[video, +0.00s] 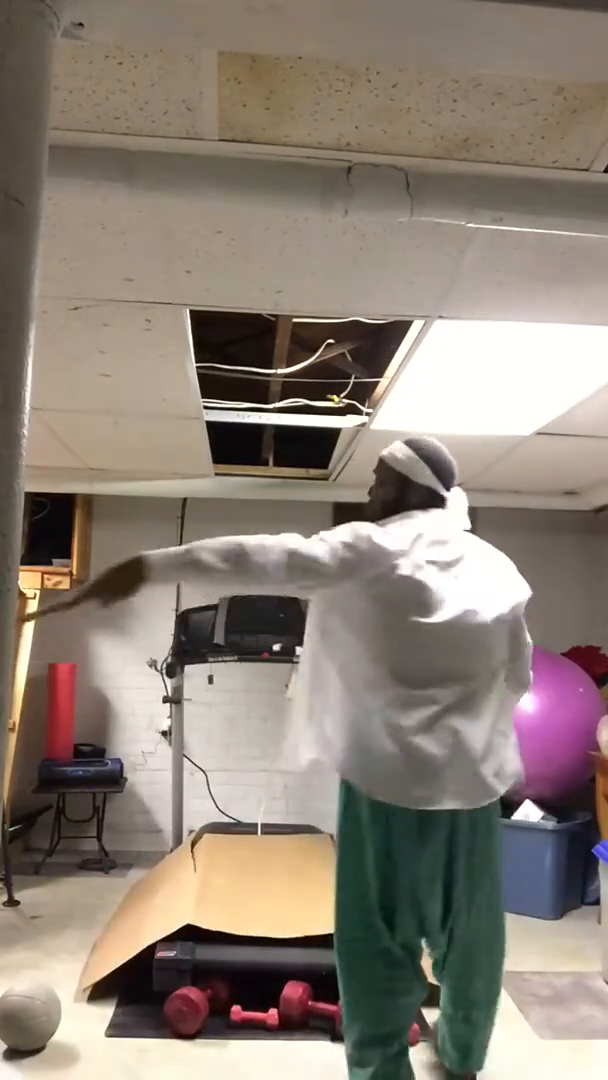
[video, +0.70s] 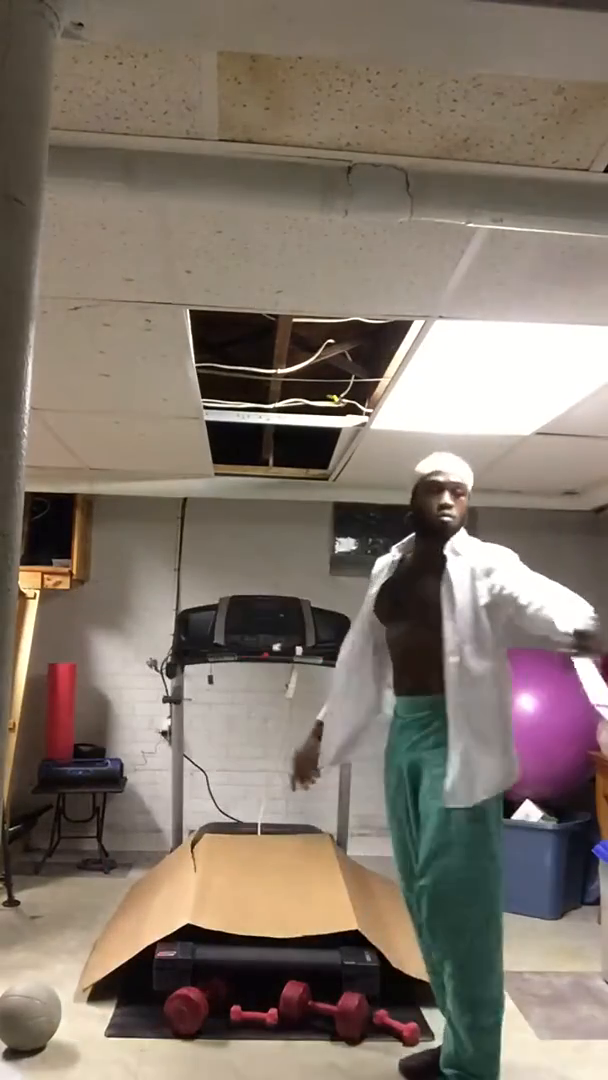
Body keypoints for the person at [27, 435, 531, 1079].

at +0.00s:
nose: (370, 496)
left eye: (380, 484)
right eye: (375, 483)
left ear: (404, 489)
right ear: (444, 495)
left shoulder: (365, 548)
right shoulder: (500, 571)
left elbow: (260, 556)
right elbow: (520, 676)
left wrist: (147, 566)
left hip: (386, 774)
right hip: (476, 775)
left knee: (375, 934)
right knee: (473, 928)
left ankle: (381, 1068)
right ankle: (462, 1060)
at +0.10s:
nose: (376, 491)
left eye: (388, 479)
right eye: (380, 478)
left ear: (426, 488)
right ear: (448, 494)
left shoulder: (397, 545)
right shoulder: (494, 568)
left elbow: (306, 560)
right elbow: (507, 670)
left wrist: (207, 568)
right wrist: (462, 710)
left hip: (400, 765)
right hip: (476, 766)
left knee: (390, 926)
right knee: (470, 921)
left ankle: (400, 1066)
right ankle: (459, 1060)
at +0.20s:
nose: (388, 489)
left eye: (402, 478)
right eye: (389, 477)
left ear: (438, 488)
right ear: (447, 496)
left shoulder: (421, 544)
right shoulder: (479, 563)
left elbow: (357, 567)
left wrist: (278, 578)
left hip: (415, 762)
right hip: (468, 762)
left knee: (409, 929)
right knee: (460, 922)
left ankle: (438, 1067)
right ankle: (459, 1061)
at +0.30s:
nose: (399, 490)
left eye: (413, 480)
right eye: (397, 480)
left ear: (449, 489)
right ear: (403, 487)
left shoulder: (440, 542)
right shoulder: (444, 547)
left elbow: (427, 582)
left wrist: (350, 596)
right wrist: (348, 617)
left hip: (425, 760)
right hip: (452, 758)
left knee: (421, 920)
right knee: (453, 916)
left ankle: (462, 1064)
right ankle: (454, 1048)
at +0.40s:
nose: (411, 491)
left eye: (425, 482)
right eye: (406, 482)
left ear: (454, 492)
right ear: (402, 490)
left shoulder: (458, 546)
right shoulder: (420, 551)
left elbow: (446, 600)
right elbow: (394, 642)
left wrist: (404, 610)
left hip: (445, 760)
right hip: (408, 761)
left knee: (444, 927)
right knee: (412, 920)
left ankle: (479, 1066)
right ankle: (460, 1050)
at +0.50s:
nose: (426, 494)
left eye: (440, 485)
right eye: (416, 484)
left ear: (462, 496)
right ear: (405, 494)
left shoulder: (471, 554)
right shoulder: (394, 564)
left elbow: (503, 599)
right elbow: (368, 659)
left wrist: (481, 616)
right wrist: (353, 737)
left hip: (453, 755)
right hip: (405, 756)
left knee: (449, 916)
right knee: (412, 907)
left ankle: (482, 1066)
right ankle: (462, 1049)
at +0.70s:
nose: (445, 499)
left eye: (456, 491)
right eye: (433, 489)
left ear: (468, 503)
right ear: (411, 500)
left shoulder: (484, 563)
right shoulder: (388, 570)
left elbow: (533, 599)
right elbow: (358, 665)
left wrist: (587, 629)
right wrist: (319, 735)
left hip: (458, 732)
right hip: (401, 729)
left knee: (454, 893)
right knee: (422, 891)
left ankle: (472, 1061)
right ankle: (460, 1043)